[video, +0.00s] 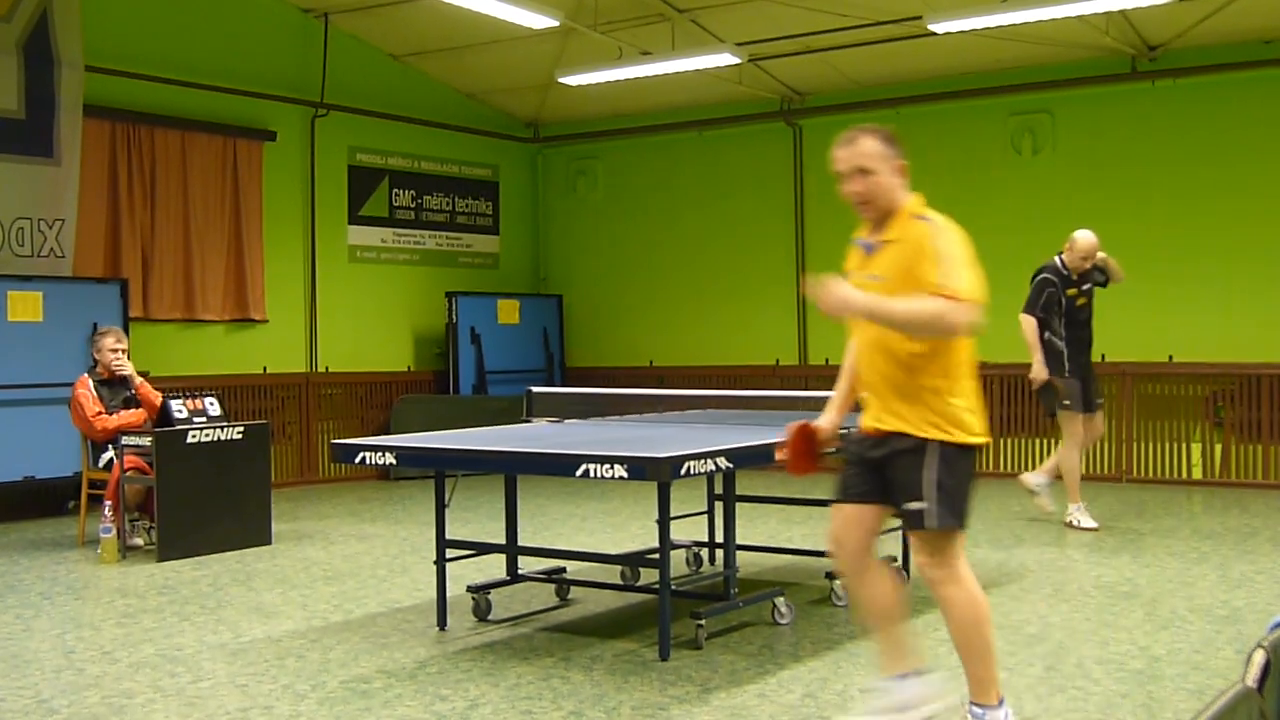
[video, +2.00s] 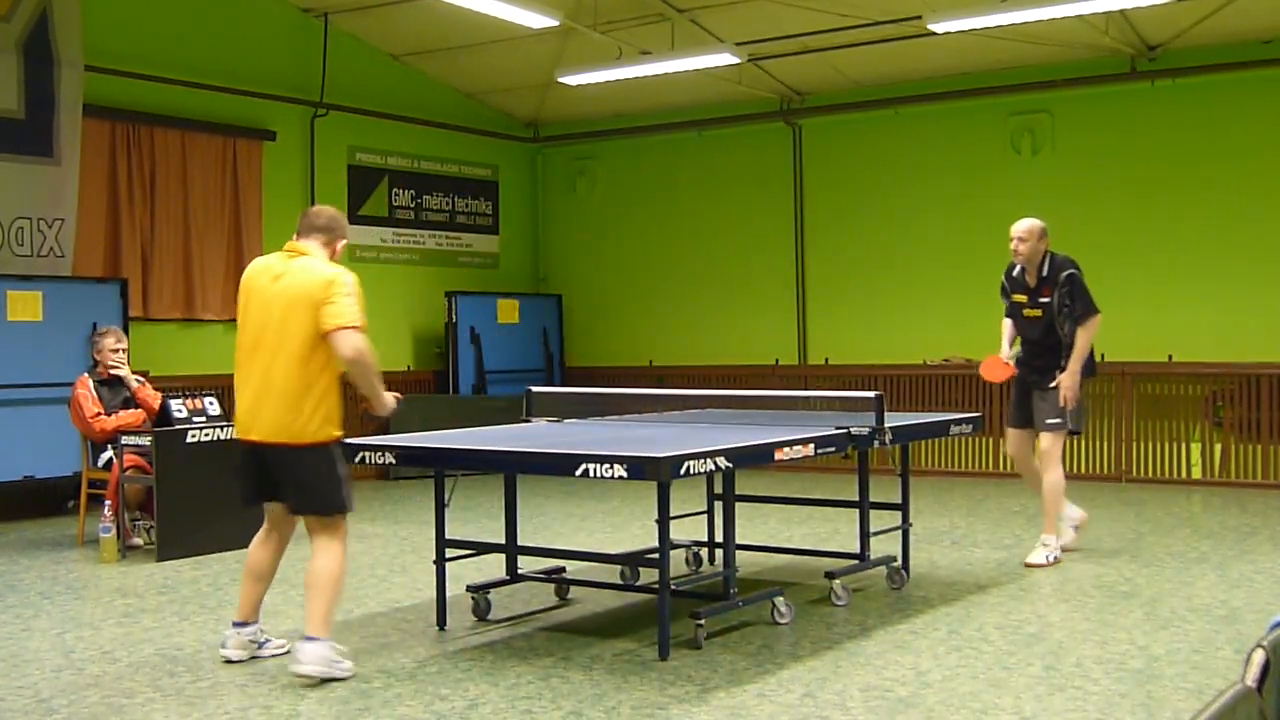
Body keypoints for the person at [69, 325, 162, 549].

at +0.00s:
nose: (120, 357)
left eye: (123, 352)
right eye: (113, 351)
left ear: (128, 355)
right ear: (96, 355)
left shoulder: (133, 381)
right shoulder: (84, 385)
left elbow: (162, 413)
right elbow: (98, 427)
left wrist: (136, 379)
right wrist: (142, 415)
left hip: (147, 446)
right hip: (112, 449)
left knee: (172, 469)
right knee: (135, 475)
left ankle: (152, 521)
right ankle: (129, 521)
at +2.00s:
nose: (121, 356)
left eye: (124, 351)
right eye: (114, 351)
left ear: (128, 354)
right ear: (97, 355)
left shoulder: (137, 381)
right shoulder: (84, 385)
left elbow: (162, 412)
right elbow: (97, 428)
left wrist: (132, 383)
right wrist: (141, 416)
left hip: (146, 445)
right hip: (112, 449)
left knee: (172, 469)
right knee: (135, 475)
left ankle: (153, 519)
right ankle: (131, 518)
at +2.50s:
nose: (120, 357)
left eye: (124, 352)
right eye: (114, 352)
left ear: (128, 354)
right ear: (98, 356)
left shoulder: (137, 382)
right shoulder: (85, 385)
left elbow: (161, 412)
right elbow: (98, 428)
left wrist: (132, 383)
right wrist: (142, 416)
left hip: (145, 447)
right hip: (111, 449)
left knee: (170, 469)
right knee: (133, 476)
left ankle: (150, 521)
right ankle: (128, 522)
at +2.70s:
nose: (120, 357)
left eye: (123, 352)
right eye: (113, 352)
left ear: (128, 355)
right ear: (97, 355)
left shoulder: (137, 382)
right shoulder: (84, 386)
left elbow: (162, 413)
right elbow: (97, 428)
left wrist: (132, 384)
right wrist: (142, 416)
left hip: (146, 447)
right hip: (111, 450)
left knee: (171, 471)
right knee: (133, 476)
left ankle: (147, 521)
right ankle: (127, 521)